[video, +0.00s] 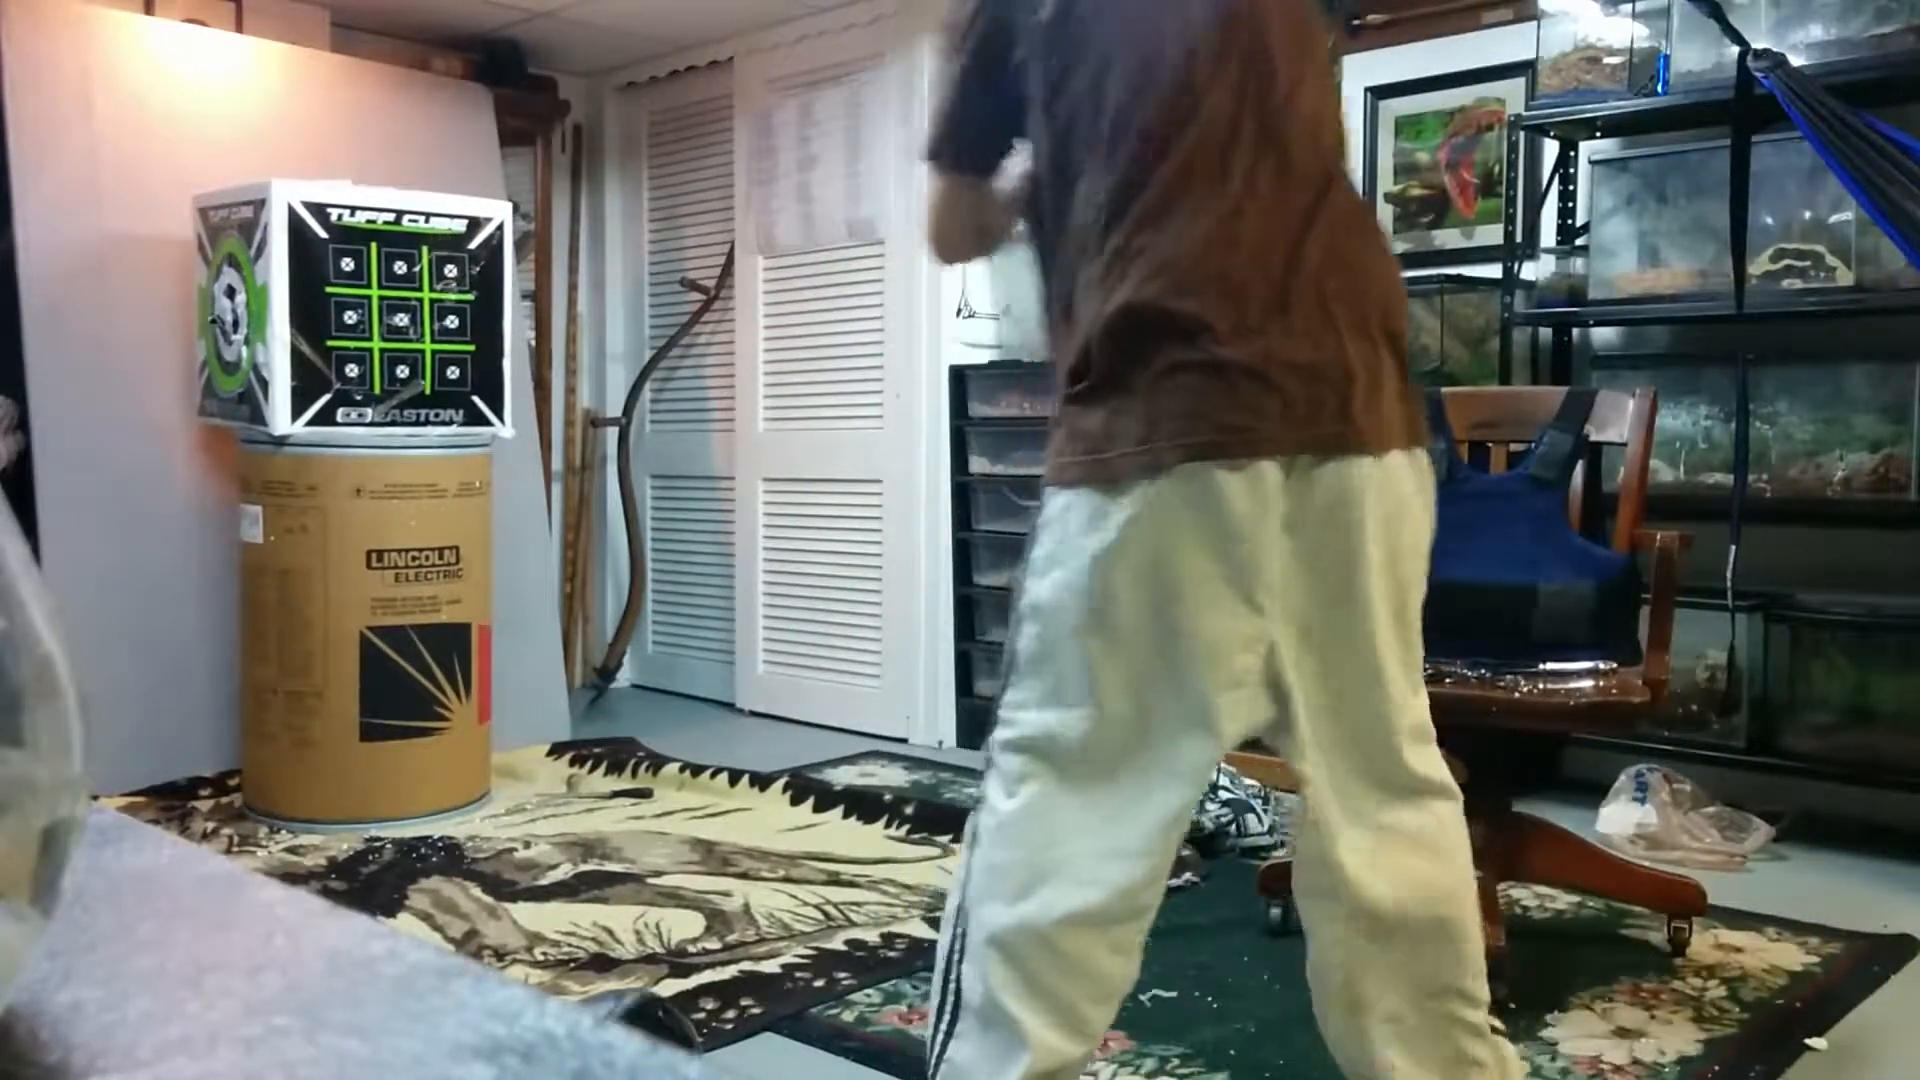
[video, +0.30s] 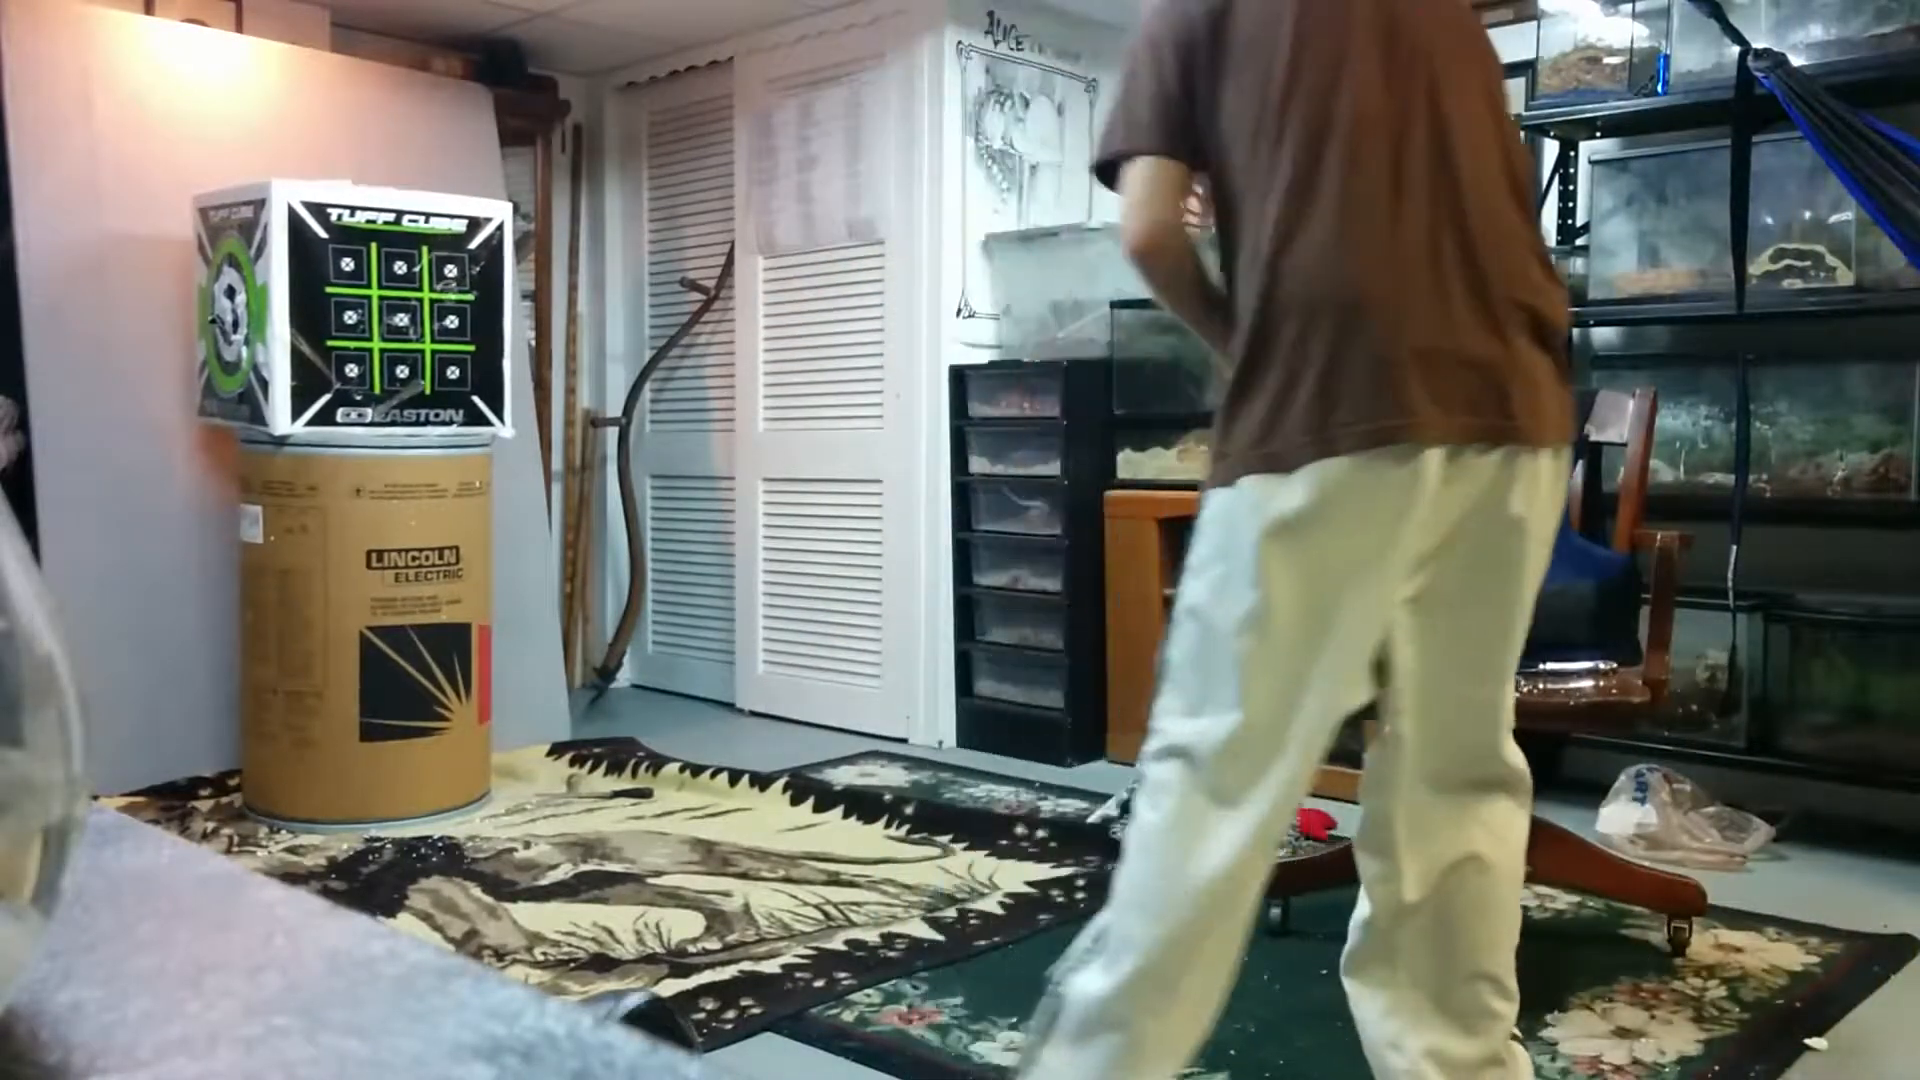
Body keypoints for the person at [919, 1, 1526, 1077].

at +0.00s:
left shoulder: (1022, 8)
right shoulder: (1292, 7)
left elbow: (955, 228)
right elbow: (1490, 6)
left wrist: (1041, 177)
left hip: (1167, 402)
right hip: (1363, 398)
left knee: (1070, 785)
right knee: (1383, 779)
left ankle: (999, 1055)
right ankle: (1444, 1057)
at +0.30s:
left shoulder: (1203, 9)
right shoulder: (1453, 22)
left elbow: (1149, 228)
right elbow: (1515, 209)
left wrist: (1246, 346)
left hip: (1330, 376)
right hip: (1518, 383)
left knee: (1214, 771)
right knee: (1459, 765)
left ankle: (1096, 1058)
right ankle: (1460, 1058)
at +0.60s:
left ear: (1327, 55)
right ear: (1427, 67)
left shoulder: (1286, 94)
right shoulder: (1517, 138)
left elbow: (1236, 261)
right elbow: (1609, 330)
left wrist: (1290, 414)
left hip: (1393, 374)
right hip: (1578, 398)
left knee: (1295, 760)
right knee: (1491, 757)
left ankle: (1194, 1058)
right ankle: (1464, 1054)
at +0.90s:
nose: (1242, 174)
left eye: (1248, 156)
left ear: (1305, 123)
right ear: (1464, 134)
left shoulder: (1300, 132)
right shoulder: (1526, 182)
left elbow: (1245, 281)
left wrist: (1293, 446)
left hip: (1407, 392)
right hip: (1594, 416)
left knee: (1298, 760)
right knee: (1482, 770)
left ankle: (1190, 1059)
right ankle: (1465, 1057)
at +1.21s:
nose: (1221, 65)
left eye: (1226, 53)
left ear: (1278, 22)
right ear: (1398, 16)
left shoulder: (1255, 51)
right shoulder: (1493, 102)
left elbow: (1197, 249)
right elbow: (1565, 293)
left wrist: (1250, 417)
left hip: (1349, 387)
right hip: (1537, 402)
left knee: (1245, 771)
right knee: (1466, 778)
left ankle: (1167, 1056)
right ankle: (1456, 1053)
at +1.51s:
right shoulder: (1477, 2)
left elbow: (1077, 193)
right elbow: (1548, 221)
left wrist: (1179, 304)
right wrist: (1449, 311)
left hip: (1227, 368)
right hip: (1433, 373)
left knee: (1169, 773)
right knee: (1451, 772)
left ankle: (1143, 1057)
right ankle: (1483, 1054)